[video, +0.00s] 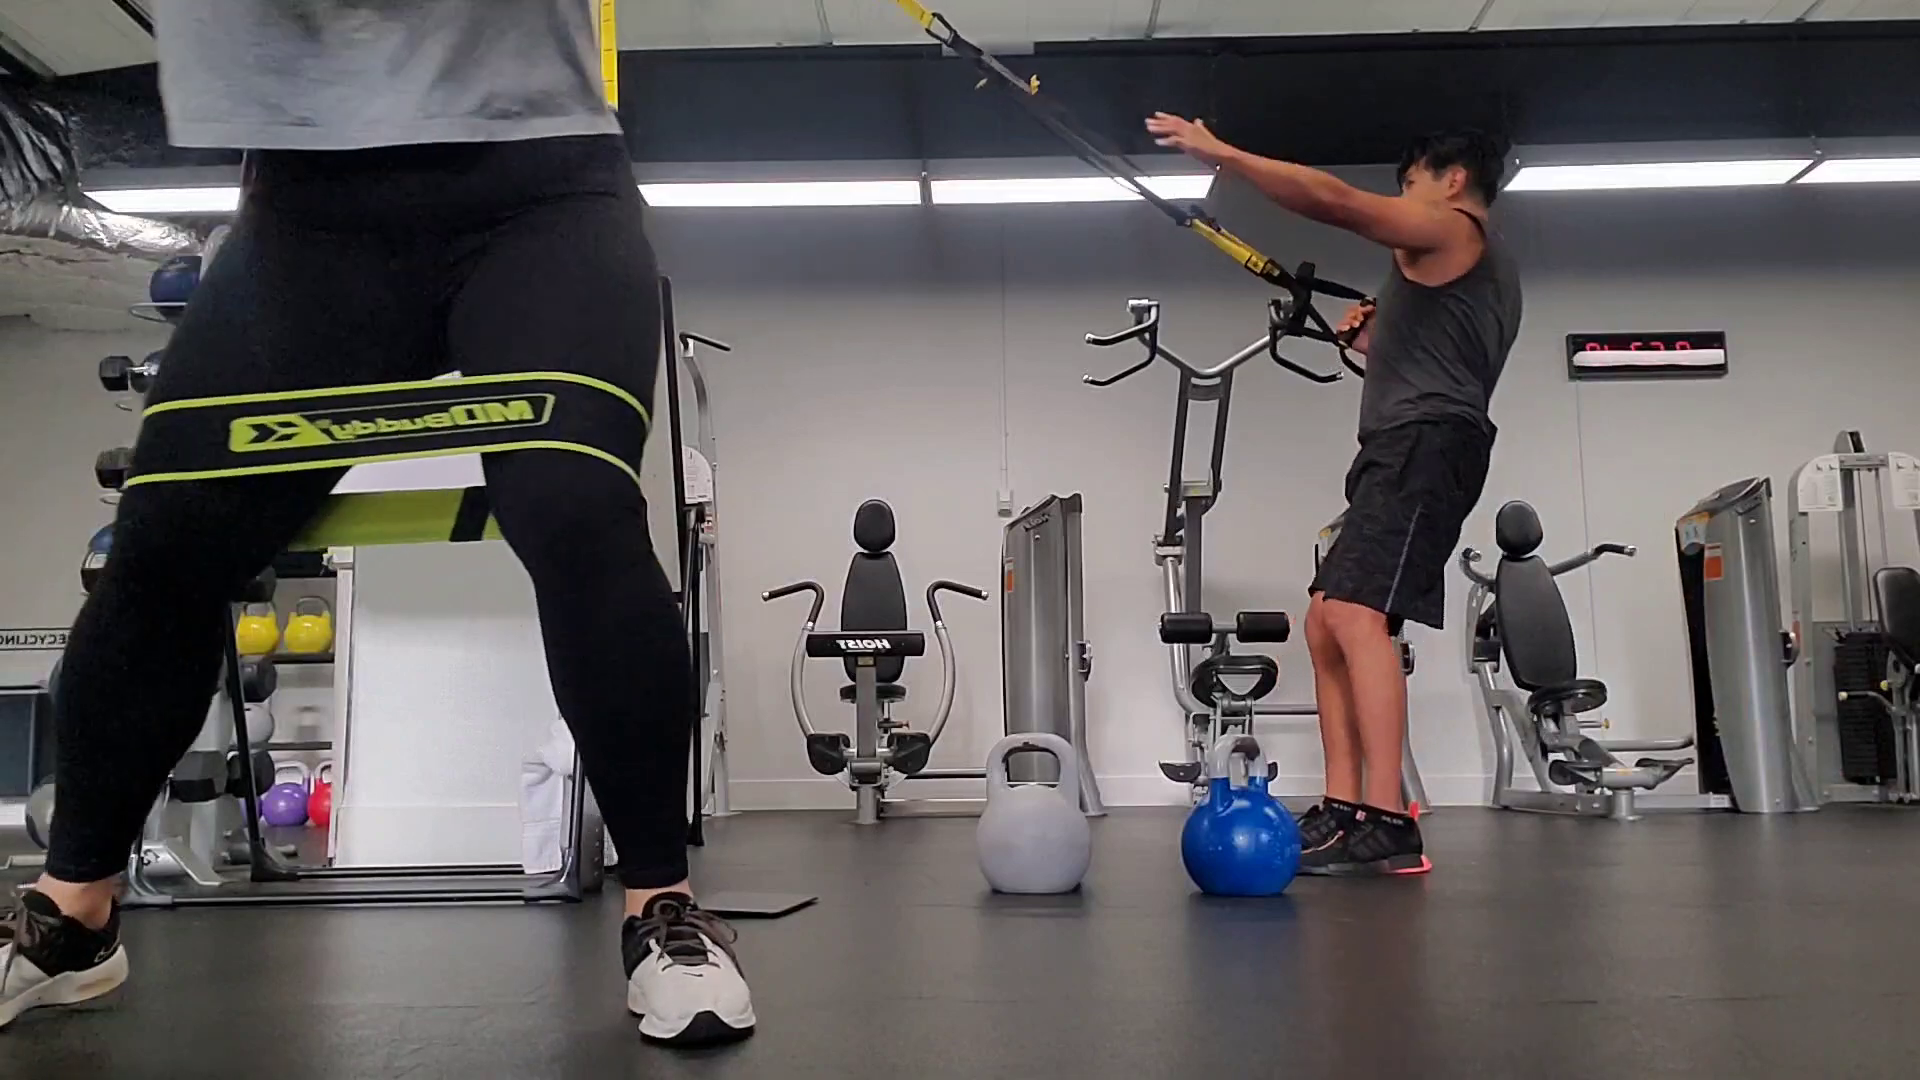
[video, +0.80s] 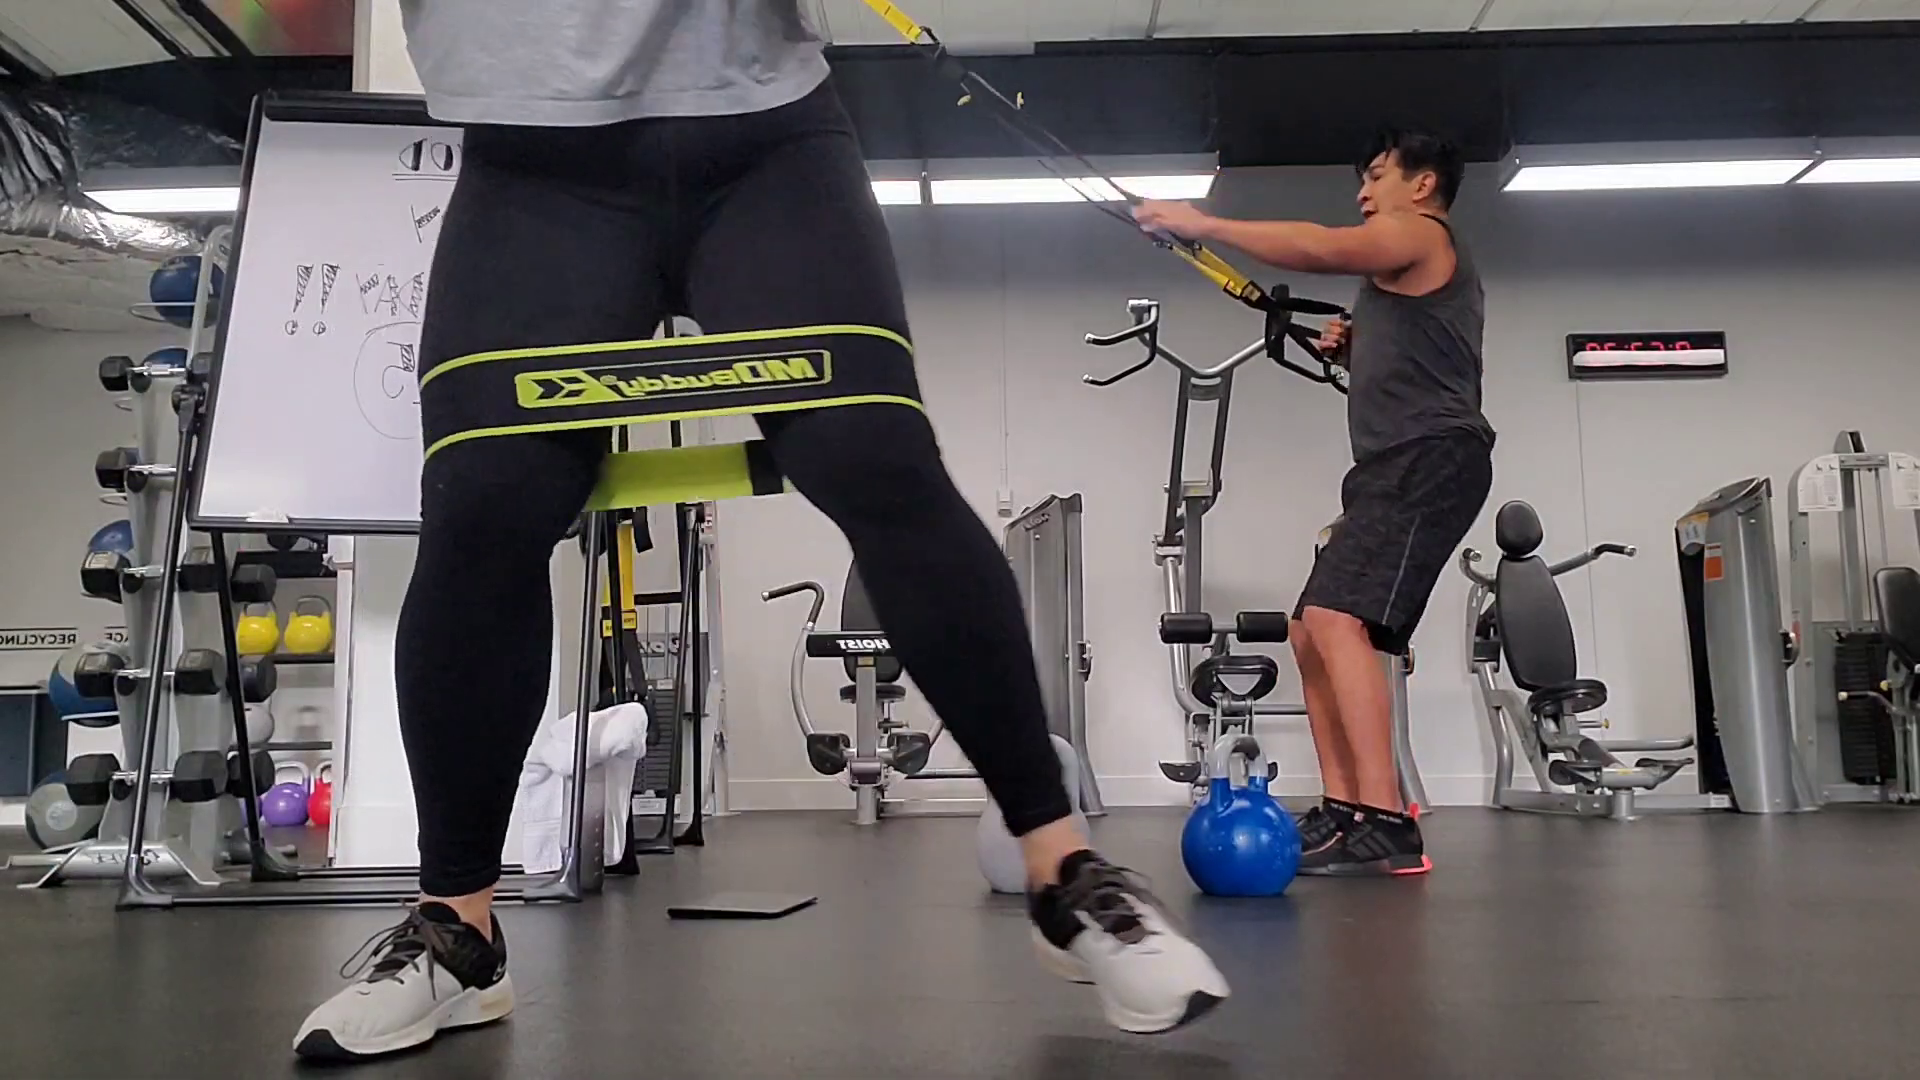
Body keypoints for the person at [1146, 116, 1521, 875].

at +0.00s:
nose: (1403, 193)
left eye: (1412, 180)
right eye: (1406, 181)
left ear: (1454, 178)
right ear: (1467, 187)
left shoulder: (1448, 226)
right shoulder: (1478, 266)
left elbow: (1332, 200)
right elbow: (1442, 366)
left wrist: (1222, 152)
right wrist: (1378, 342)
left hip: (1429, 438)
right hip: (1399, 442)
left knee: (1356, 614)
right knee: (1325, 620)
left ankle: (1390, 820)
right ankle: (1345, 807)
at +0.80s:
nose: (1361, 190)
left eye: (1375, 176)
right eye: (1364, 179)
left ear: (1423, 184)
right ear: (1416, 189)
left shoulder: (1419, 235)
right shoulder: (1408, 255)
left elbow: (1316, 245)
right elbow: (1427, 363)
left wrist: (1204, 224)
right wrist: (1360, 348)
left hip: (1429, 454)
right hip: (1395, 458)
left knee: (1335, 620)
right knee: (1307, 627)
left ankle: (1386, 821)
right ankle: (1347, 810)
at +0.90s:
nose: (1392, 220)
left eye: (1408, 205)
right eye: (1393, 208)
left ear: (1458, 216)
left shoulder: (1471, 274)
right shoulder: (1419, 311)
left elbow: (1418, 315)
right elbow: (1402, 430)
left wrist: (1285, 300)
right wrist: (1359, 373)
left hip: (1458, 492)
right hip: (1407, 500)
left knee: (1324, 626)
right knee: (1286, 633)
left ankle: (1387, 821)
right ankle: (1345, 811)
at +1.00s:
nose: (1432, 264)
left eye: (1449, 248)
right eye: (1432, 253)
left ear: (1499, 262)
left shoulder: (1518, 331)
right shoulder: (1454, 360)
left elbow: (1521, 402)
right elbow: (1392, 452)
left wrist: (1399, 398)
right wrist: (1357, 378)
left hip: (1479, 542)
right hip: (1427, 544)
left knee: (1320, 629)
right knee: (1273, 638)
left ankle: (1386, 823)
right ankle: (1342, 812)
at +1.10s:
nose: (1474, 316)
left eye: (1492, 301)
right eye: (1474, 305)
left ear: (1544, 314)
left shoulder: (1572, 402)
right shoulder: (1482, 414)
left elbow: (1616, 494)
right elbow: (1391, 463)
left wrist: (1570, 512)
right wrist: (1355, 395)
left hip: (1499, 598)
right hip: (1444, 593)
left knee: (1323, 629)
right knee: (1271, 641)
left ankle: (1386, 823)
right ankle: (1337, 811)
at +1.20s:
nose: (1516, 368)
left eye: (1535, 353)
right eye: (1517, 356)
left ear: (1589, 370)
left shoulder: (1621, 469)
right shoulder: (1502, 457)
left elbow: (1686, 567)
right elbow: (1402, 472)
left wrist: (1710, 615)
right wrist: (1358, 400)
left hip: (1523, 656)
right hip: (1461, 649)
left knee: (1346, 625)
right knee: (1283, 642)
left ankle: (1388, 826)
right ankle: (1337, 812)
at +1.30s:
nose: (1555, 417)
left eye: (1574, 403)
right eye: (1553, 406)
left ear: (1629, 419)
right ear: (1553, 418)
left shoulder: (1663, 529)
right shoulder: (1525, 495)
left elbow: (1736, 641)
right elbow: (1414, 479)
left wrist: (1800, 700)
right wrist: (1357, 406)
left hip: (1544, 703)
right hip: (1478, 688)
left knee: (1382, 620)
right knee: (1304, 640)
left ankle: (1394, 828)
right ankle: (1341, 812)